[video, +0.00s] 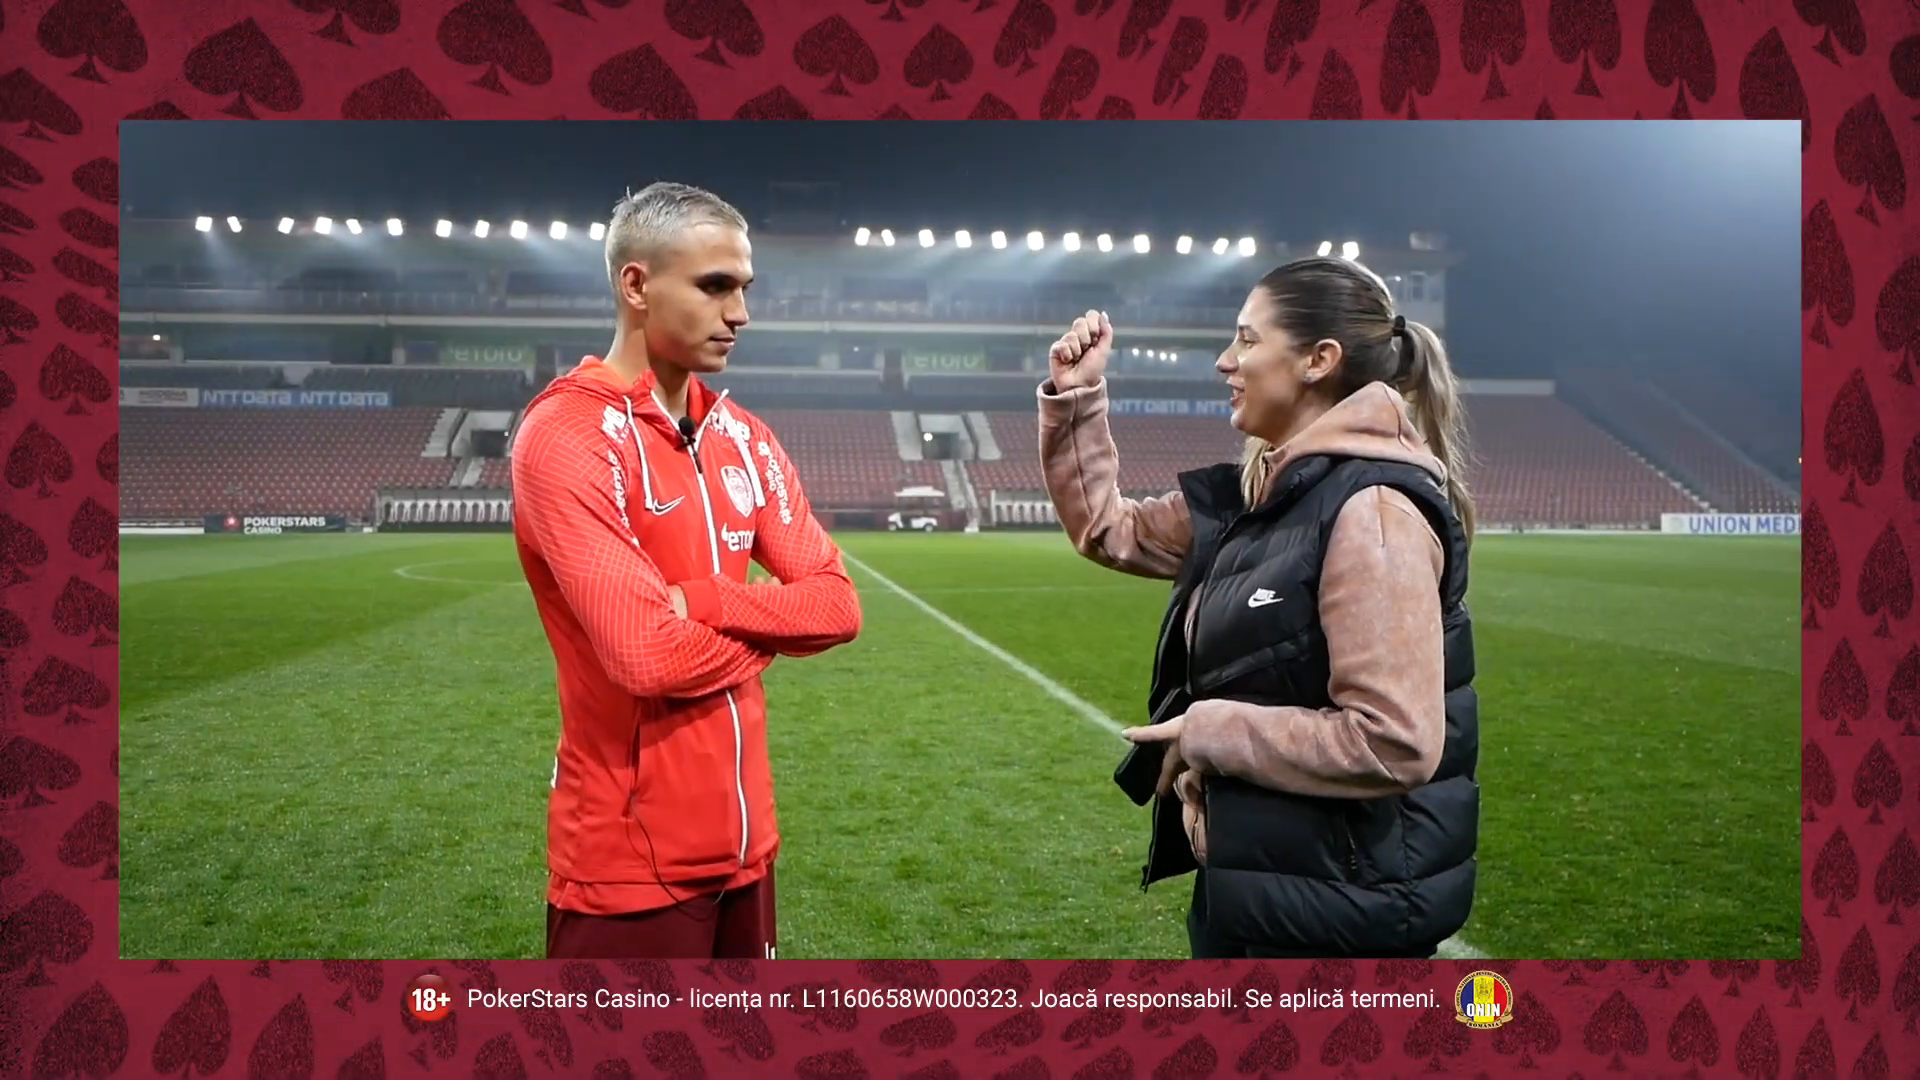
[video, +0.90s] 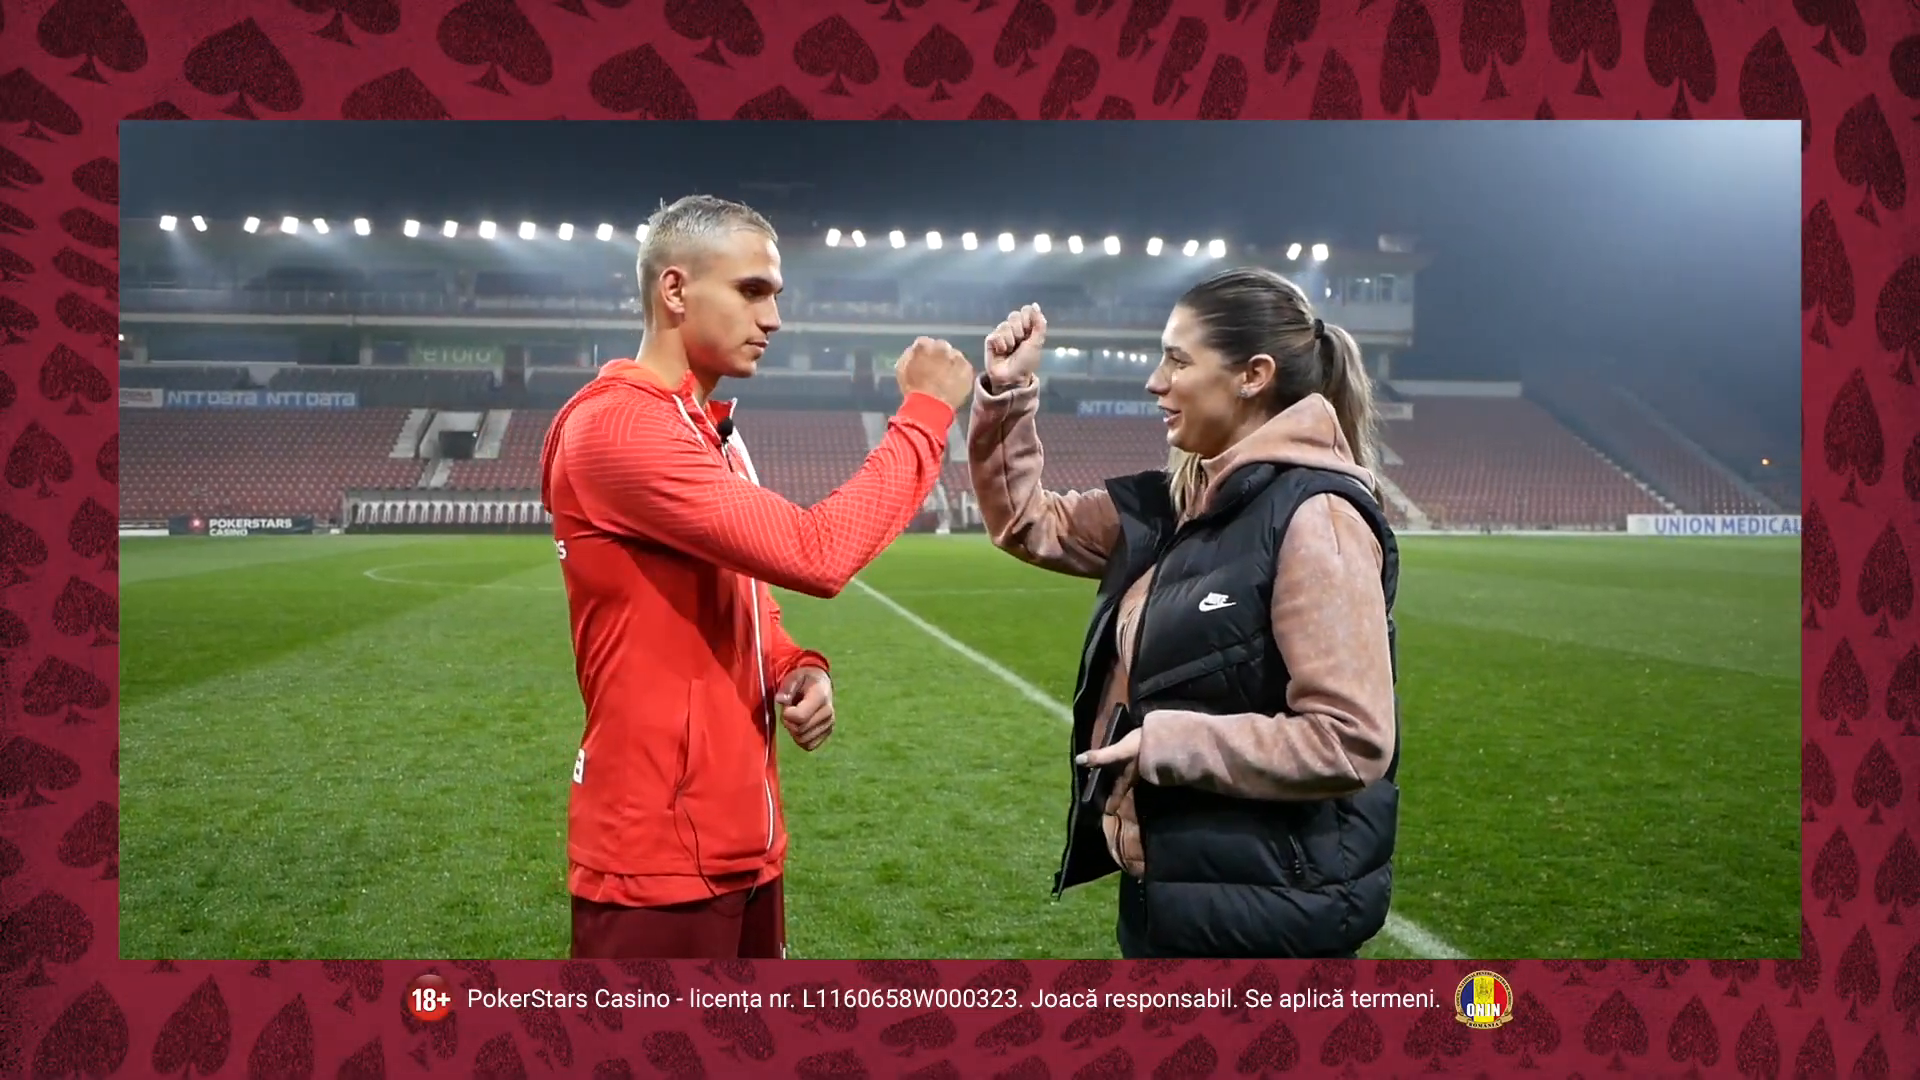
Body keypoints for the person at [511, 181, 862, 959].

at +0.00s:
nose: (740, 314)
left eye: (744, 290)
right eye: (715, 286)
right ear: (635, 285)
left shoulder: (744, 436)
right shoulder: (562, 438)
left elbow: (837, 607)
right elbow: (646, 659)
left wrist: (695, 600)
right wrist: (769, 627)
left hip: (741, 839)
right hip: (628, 853)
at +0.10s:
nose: (744, 314)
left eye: (748, 291)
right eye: (722, 287)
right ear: (641, 288)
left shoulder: (739, 433)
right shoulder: (563, 433)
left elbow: (854, 587)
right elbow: (629, 651)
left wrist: (730, 584)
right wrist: (779, 655)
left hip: (741, 840)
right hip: (629, 851)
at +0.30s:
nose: (763, 328)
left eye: (766, 304)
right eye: (744, 299)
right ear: (666, 290)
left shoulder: (735, 436)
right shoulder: (568, 436)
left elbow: (794, 591)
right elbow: (709, 598)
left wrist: (801, 637)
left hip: (743, 843)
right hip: (633, 855)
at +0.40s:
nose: (763, 329)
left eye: (768, 305)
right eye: (745, 302)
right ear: (677, 296)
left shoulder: (727, 444)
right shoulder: (588, 434)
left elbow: (757, 616)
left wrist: (786, 676)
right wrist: (784, 345)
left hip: (743, 850)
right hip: (641, 865)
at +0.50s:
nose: (778, 333)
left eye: (778, 310)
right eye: (759, 304)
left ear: (690, 300)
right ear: (683, 296)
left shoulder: (710, 434)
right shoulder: (605, 431)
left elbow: (734, 621)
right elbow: (832, 531)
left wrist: (786, 680)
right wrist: (845, 343)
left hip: (735, 856)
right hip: (645, 870)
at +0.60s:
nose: (779, 327)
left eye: (780, 304)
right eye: (761, 299)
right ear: (683, 296)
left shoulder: (693, 427)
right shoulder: (619, 432)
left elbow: (704, 622)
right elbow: (848, 535)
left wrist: (780, 674)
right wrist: (925, 379)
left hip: (727, 856)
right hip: (650, 870)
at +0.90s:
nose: (772, 319)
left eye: (774, 295)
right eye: (753, 290)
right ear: (675, 291)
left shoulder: (711, 430)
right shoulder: (613, 426)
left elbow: (742, 610)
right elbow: (821, 552)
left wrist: (795, 669)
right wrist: (925, 413)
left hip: (741, 848)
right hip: (658, 860)